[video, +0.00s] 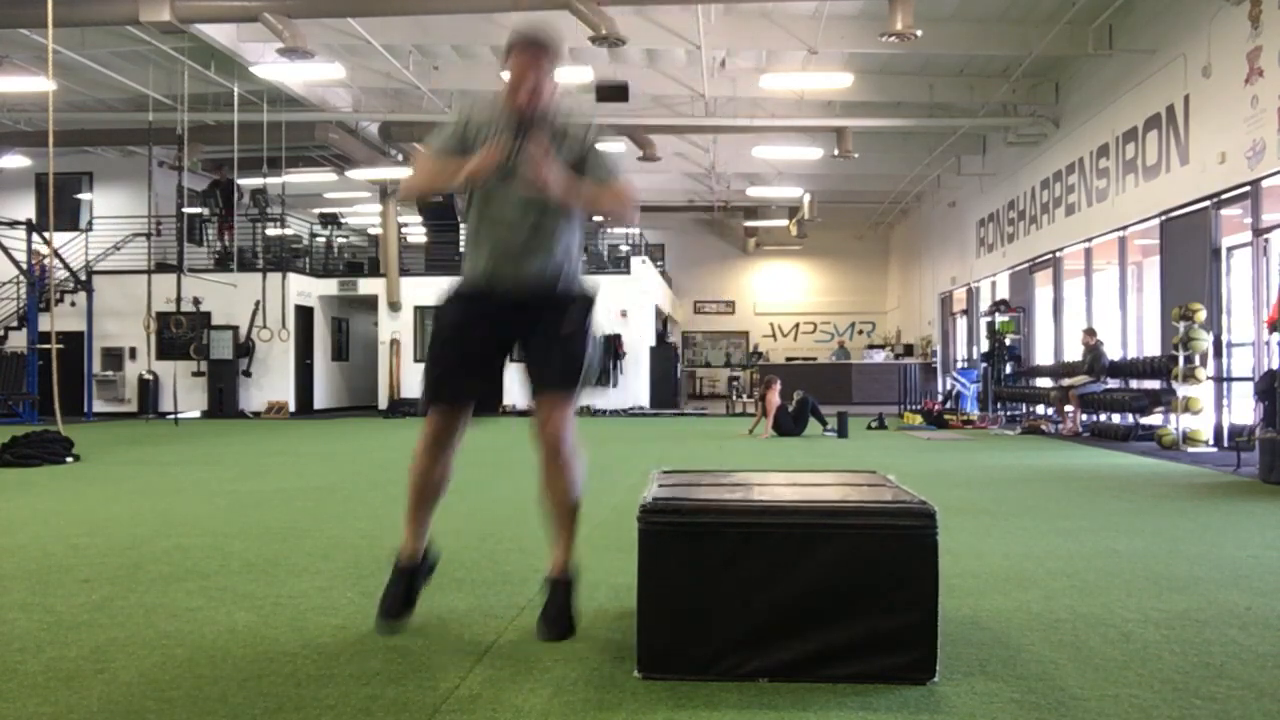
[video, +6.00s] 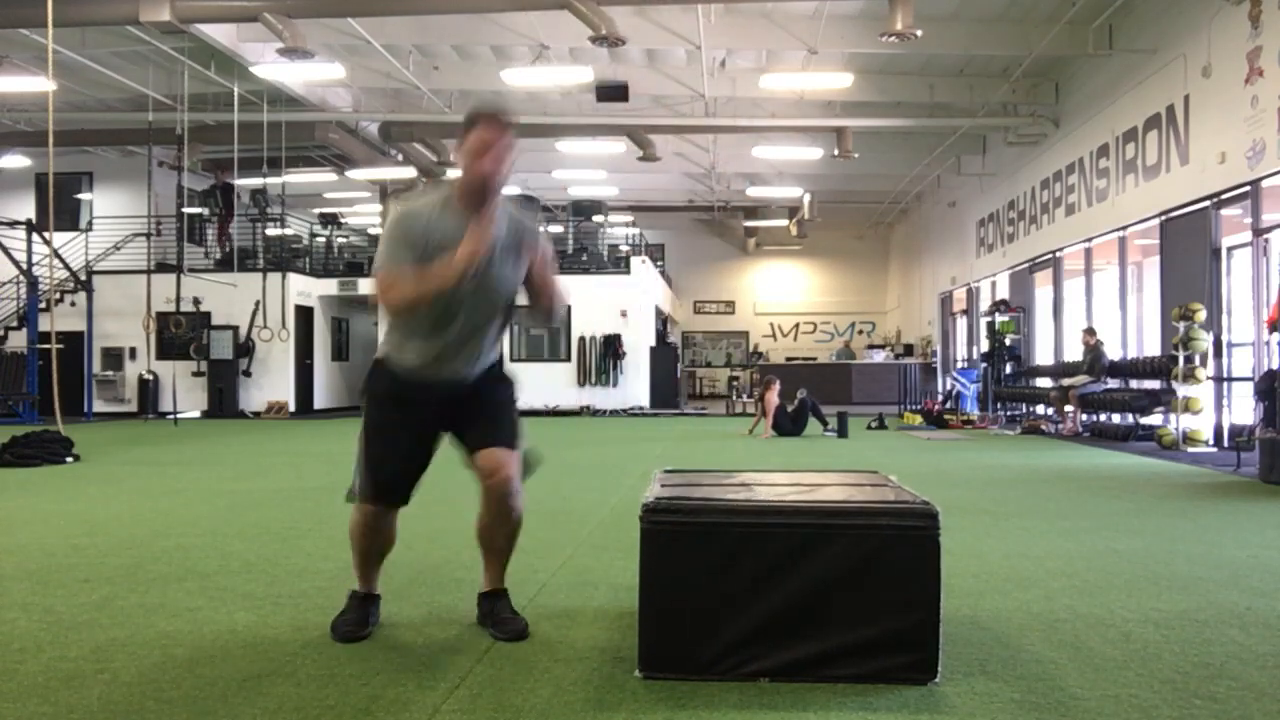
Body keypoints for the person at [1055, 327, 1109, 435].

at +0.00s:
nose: (1082, 340)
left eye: (1085, 337)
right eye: (1083, 337)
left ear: (1092, 339)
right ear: (1089, 338)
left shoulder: (1099, 353)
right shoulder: (1087, 351)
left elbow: (1096, 377)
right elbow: (1084, 370)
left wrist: (1075, 381)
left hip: (1099, 382)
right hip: (1086, 380)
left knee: (1073, 393)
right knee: (1057, 395)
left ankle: (1076, 426)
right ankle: (1066, 425)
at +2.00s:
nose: (1082, 339)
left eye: (1084, 337)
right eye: (1082, 336)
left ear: (1092, 337)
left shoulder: (1099, 353)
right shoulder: (1087, 351)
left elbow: (1097, 377)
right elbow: (1085, 371)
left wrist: (1074, 381)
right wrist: (1071, 380)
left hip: (1099, 382)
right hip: (1086, 379)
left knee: (1074, 393)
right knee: (1055, 395)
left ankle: (1076, 426)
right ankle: (1066, 425)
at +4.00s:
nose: (1082, 340)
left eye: (1084, 337)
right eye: (1082, 336)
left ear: (1092, 338)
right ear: (1087, 338)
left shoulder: (1099, 353)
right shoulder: (1088, 351)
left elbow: (1095, 377)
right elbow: (1085, 372)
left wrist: (1073, 381)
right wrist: (1071, 380)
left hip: (1099, 382)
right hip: (1087, 379)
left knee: (1074, 393)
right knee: (1054, 395)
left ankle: (1076, 426)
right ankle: (1066, 424)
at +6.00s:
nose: (1083, 340)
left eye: (1086, 337)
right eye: (1083, 337)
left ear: (1093, 338)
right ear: (1084, 337)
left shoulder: (1100, 353)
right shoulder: (1087, 351)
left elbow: (1095, 376)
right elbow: (1084, 371)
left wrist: (1073, 381)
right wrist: (1070, 380)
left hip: (1098, 382)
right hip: (1085, 380)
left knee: (1073, 393)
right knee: (1055, 395)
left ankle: (1076, 426)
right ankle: (1066, 424)